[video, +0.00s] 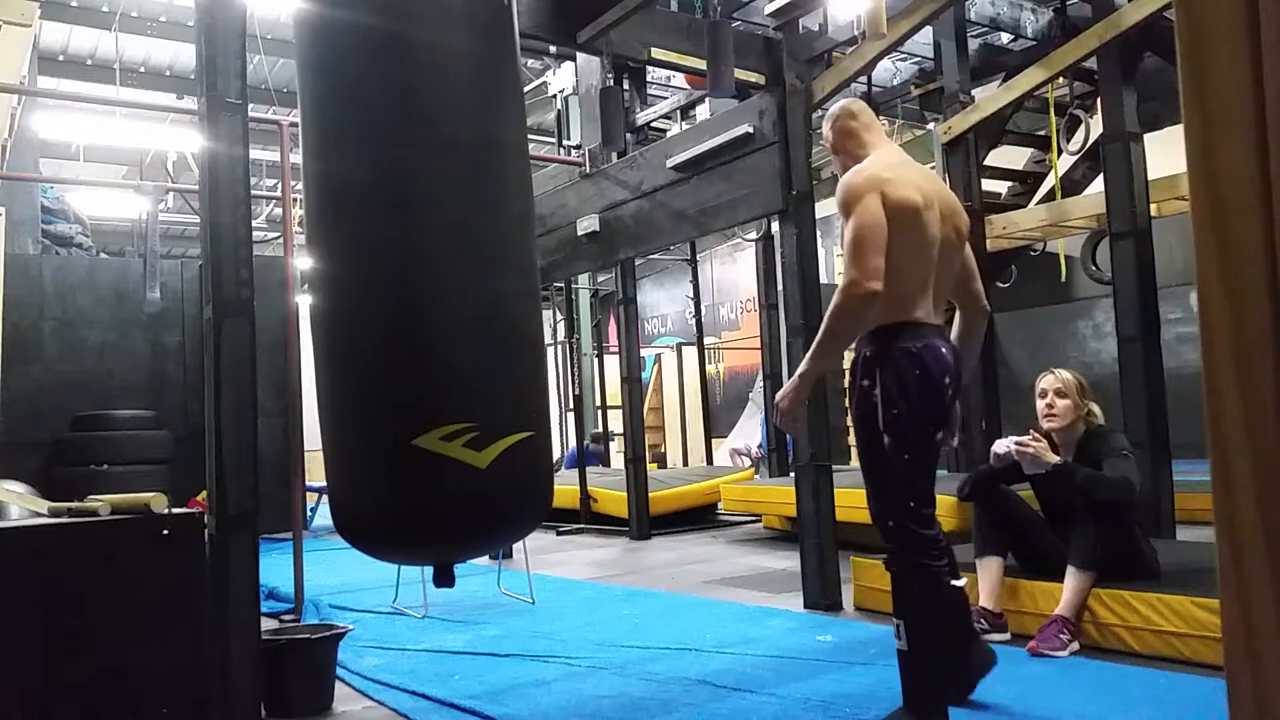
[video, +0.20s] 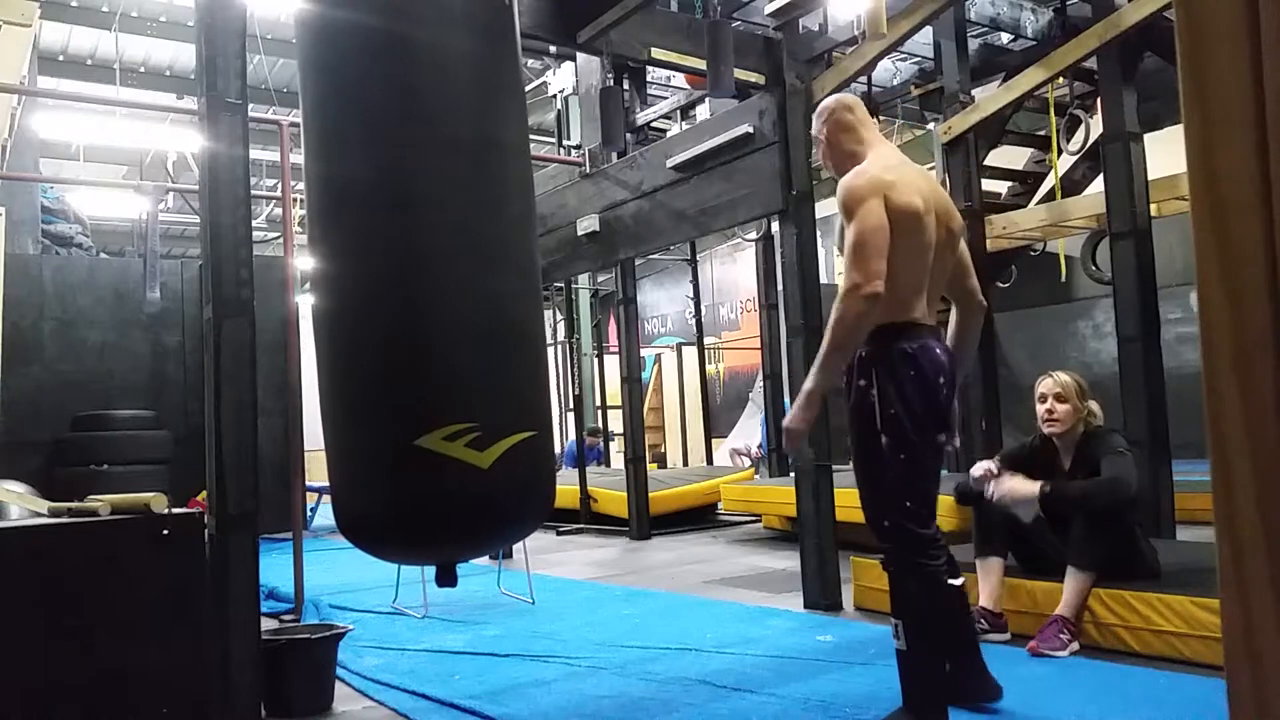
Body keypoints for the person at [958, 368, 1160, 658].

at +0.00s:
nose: (1048, 402)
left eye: (1060, 394)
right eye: (1042, 395)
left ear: (1081, 405)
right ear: (1035, 406)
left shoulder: (1108, 441)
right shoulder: (1035, 450)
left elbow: (1125, 488)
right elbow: (966, 492)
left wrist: (1055, 463)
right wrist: (994, 465)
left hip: (1121, 561)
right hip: (1063, 560)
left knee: (1094, 502)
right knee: (989, 493)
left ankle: (1064, 620)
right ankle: (989, 612)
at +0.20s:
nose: (1049, 407)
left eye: (1060, 399)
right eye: (1042, 400)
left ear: (1081, 408)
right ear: (1035, 409)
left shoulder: (1106, 442)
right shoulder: (1034, 450)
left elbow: (1120, 488)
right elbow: (964, 494)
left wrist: (1038, 490)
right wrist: (977, 481)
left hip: (1120, 560)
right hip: (1059, 557)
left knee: (1093, 501)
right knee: (988, 499)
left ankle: (1065, 620)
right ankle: (989, 612)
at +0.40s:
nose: (1040, 409)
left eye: (1052, 401)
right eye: (1034, 402)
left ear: (1075, 409)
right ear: (1028, 411)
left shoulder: (1102, 442)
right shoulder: (1029, 449)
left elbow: (1104, 487)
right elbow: (965, 481)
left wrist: (1026, 514)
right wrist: (994, 496)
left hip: (1116, 557)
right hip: (1054, 554)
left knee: (1093, 504)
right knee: (993, 505)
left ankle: (1063, 620)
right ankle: (990, 614)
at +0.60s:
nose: (1031, 411)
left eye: (1042, 403)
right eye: (1029, 403)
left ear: (1071, 409)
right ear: (1025, 409)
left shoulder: (1103, 444)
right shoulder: (1029, 449)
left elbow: (1102, 491)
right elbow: (972, 483)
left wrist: (1030, 517)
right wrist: (1001, 505)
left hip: (1116, 557)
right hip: (1056, 554)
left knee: (1093, 508)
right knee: (989, 507)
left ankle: (1063, 621)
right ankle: (990, 615)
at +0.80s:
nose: (1028, 409)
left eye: (1039, 400)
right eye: (1028, 401)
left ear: (1070, 406)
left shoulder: (1105, 441)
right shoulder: (1033, 448)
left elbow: (1104, 488)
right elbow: (973, 480)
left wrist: (1029, 519)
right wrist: (1001, 505)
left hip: (1118, 557)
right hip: (1058, 555)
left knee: (1094, 506)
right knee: (986, 506)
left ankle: (1063, 621)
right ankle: (988, 616)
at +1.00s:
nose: (1022, 407)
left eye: (1032, 400)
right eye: (1025, 399)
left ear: (1061, 406)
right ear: (1054, 407)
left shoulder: (1105, 443)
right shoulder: (1033, 448)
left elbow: (1107, 489)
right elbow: (969, 485)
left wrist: (1032, 519)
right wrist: (1000, 508)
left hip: (1118, 558)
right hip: (1058, 555)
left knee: (1095, 506)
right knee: (993, 496)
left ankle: (1063, 621)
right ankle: (991, 613)